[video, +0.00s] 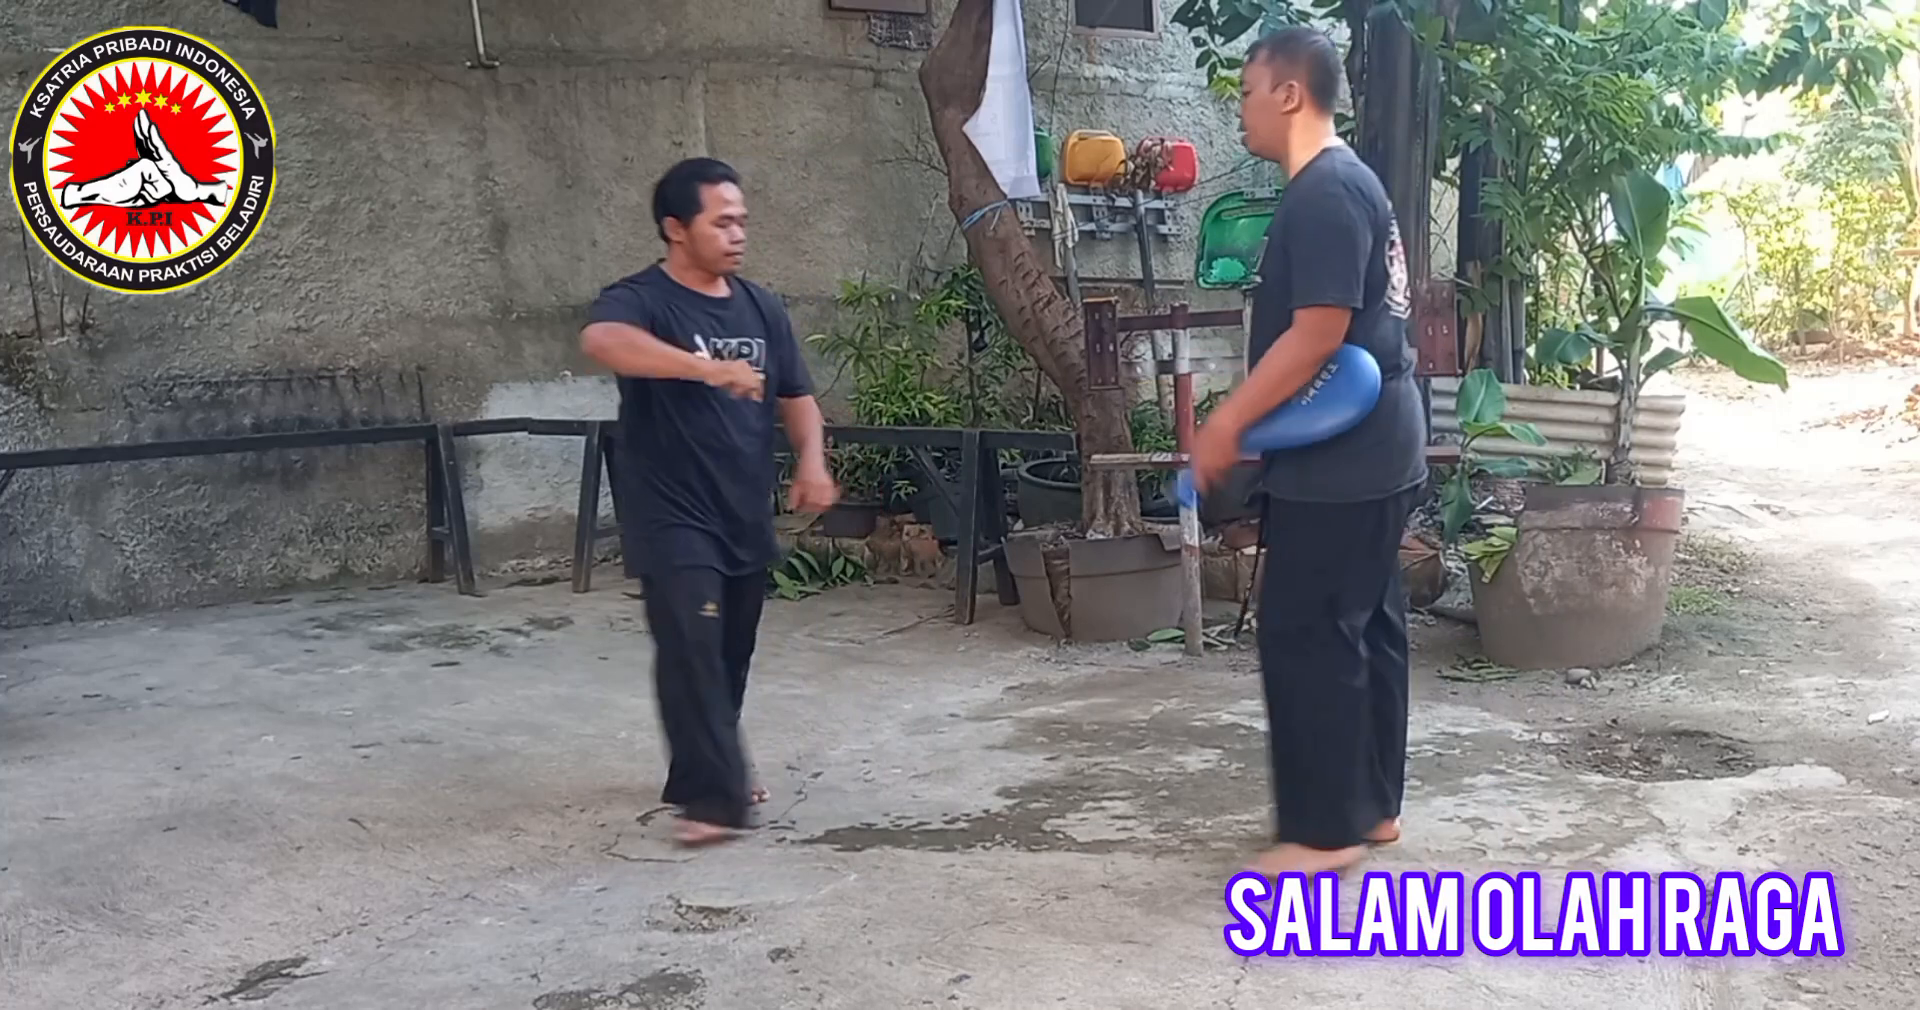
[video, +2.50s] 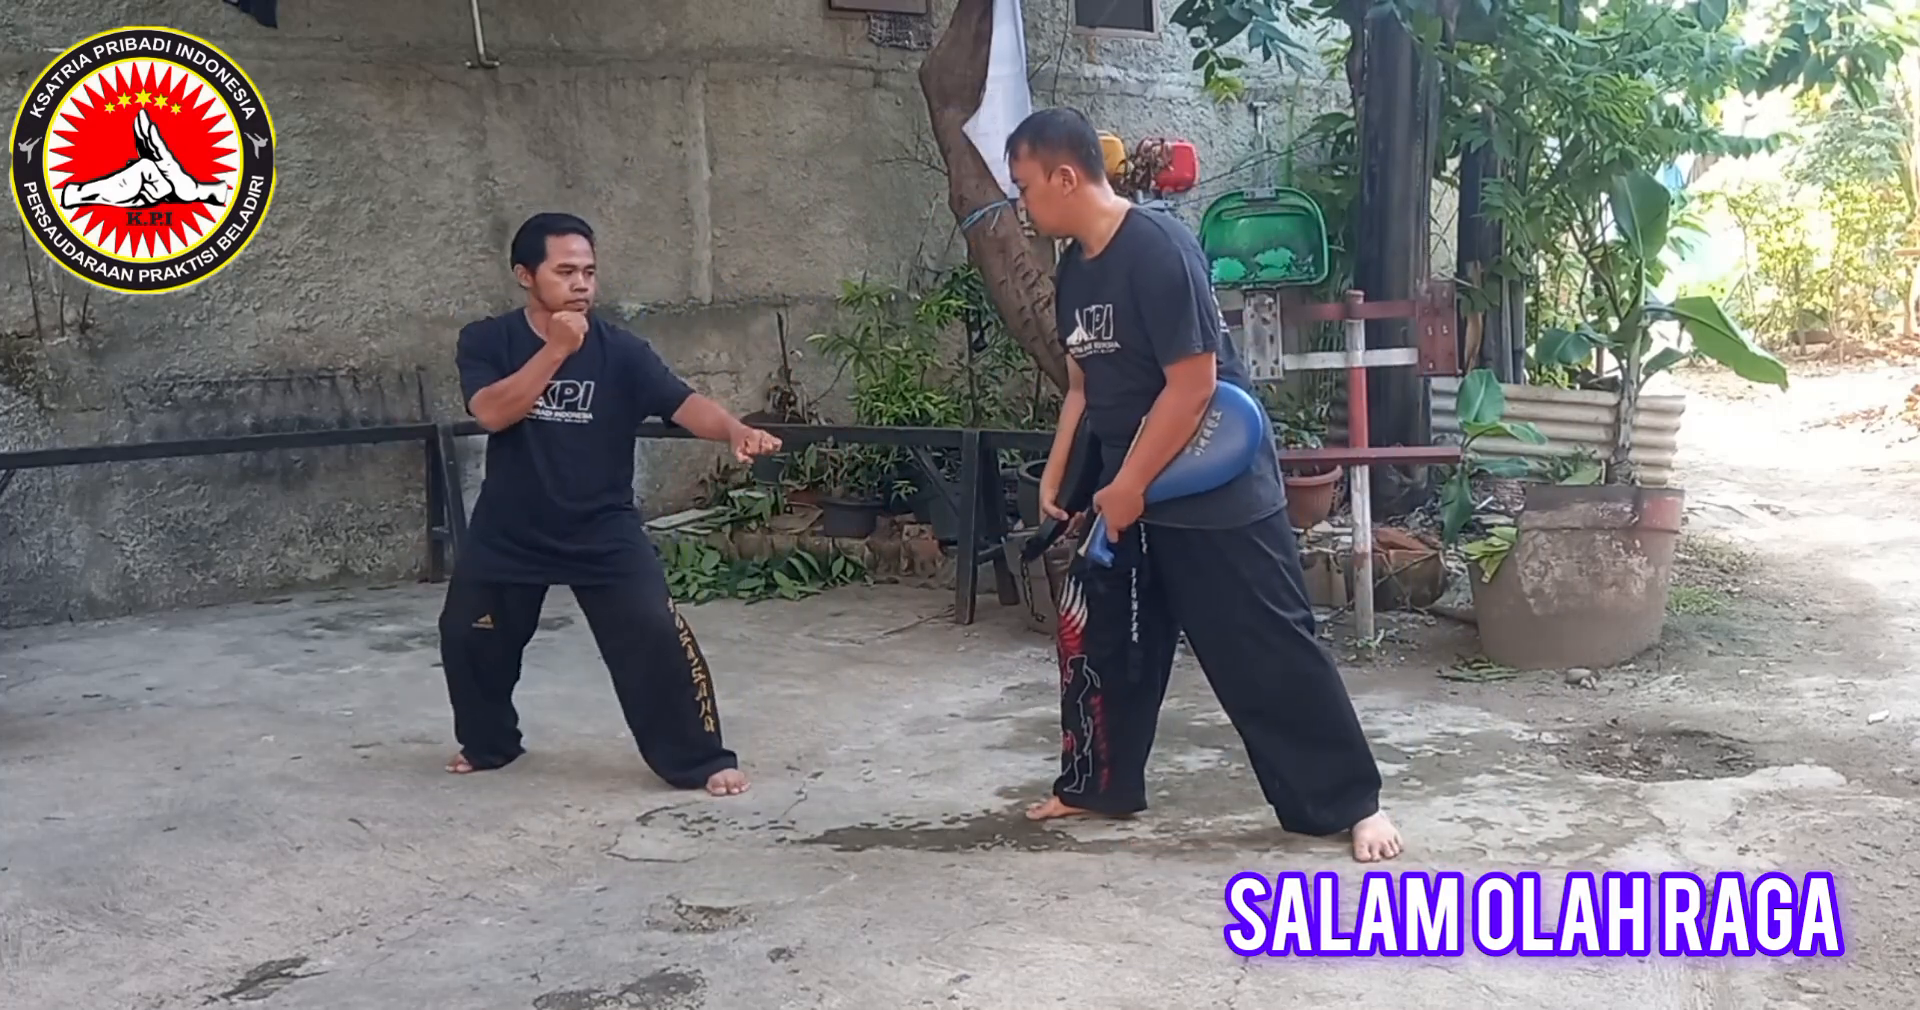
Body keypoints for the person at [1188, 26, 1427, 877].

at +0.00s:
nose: (1241, 111)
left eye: (1247, 93)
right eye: (1243, 94)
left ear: (1288, 92)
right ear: (1307, 95)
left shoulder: (1322, 189)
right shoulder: (1350, 178)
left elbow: (1319, 331)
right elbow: (1341, 330)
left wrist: (1227, 421)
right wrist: (1245, 418)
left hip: (1335, 461)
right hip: (1375, 455)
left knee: (1305, 635)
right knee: (1369, 628)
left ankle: (1322, 836)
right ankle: (1373, 807)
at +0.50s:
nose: (1055, 141)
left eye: (1064, 126)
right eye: (1057, 125)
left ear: (1104, 131)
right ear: (1126, 132)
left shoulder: (1137, 220)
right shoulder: (1180, 201)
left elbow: (1128, 378)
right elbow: (1192, 349)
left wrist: (1062, 476)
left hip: (1178, 468)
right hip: (1223, 458)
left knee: (1158, 645)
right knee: (1199, 624)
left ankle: (1163, 823)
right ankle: (1257, 747)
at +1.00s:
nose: (932, 198)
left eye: (937, 178)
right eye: (927, 185)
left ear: (985, 166)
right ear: (977, 175)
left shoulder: (1069, 223)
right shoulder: (988, 274)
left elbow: (1118, 349)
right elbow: (1007, 388)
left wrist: (1076, 457)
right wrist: (992, 481)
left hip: (1156, 460)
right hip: (1083, 473)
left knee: (1183, 626)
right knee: (1079, 626)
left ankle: (1221, 801)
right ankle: (1067, 778)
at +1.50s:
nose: (1025, 202)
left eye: (1029, 184)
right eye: (1022, 187)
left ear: (1072, 170)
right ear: (1069, 175)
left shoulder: (1171, 237)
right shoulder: (1076, 260)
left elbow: (1214, 365)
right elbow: (1098, 374)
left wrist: (1163, 475)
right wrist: (1086, 463)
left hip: (1232, 481)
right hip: (1141, 485)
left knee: (1273, 644)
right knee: (1122, 631)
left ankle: (1322, 805)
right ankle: (1095, 772)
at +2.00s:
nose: (1021, 217)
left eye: (1022, 199)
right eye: (1016, 203)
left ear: (1064, 182)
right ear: (1061, 185)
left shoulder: (1163, 247)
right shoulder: (1073, 271)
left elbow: (1207, 378)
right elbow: (1089, 386)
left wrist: (1145, 477)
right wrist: (1069, 477)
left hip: (1223, 486)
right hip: (1136, 491)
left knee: (1279, 640)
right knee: (1113, 638)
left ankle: (1361, 805)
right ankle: (1102, 783)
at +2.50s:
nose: (1020, 206)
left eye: (1022, 189)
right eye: (1017, 192)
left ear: (1066, 176)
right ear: (1066, 177)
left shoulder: (1159, 247)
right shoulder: (1074, 264)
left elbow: (1193, 384)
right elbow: (1084, 385)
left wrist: (1131, 483)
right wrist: (1056, 475)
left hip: (1213, 488)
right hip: (1129, 491)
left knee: (1278, 646)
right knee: (1111, 644)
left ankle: (1358, 805)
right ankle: (1101, 786)